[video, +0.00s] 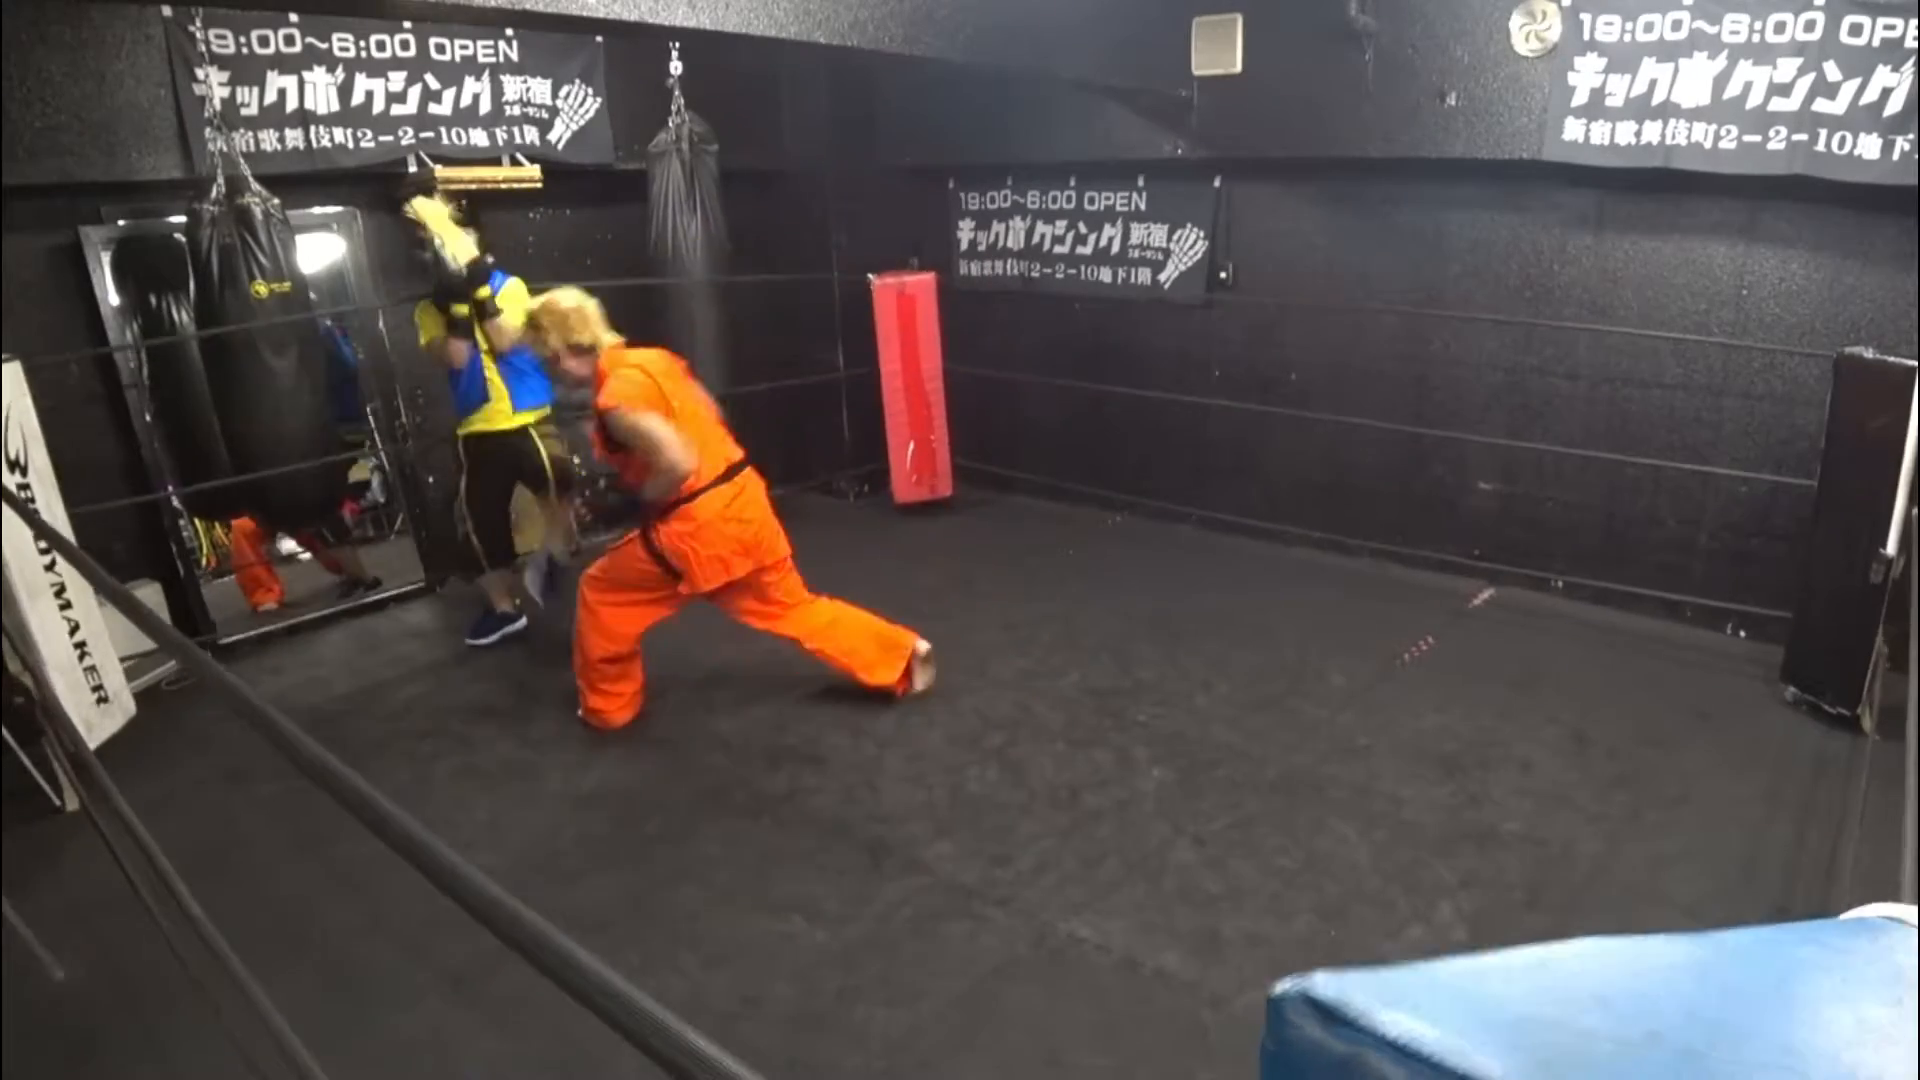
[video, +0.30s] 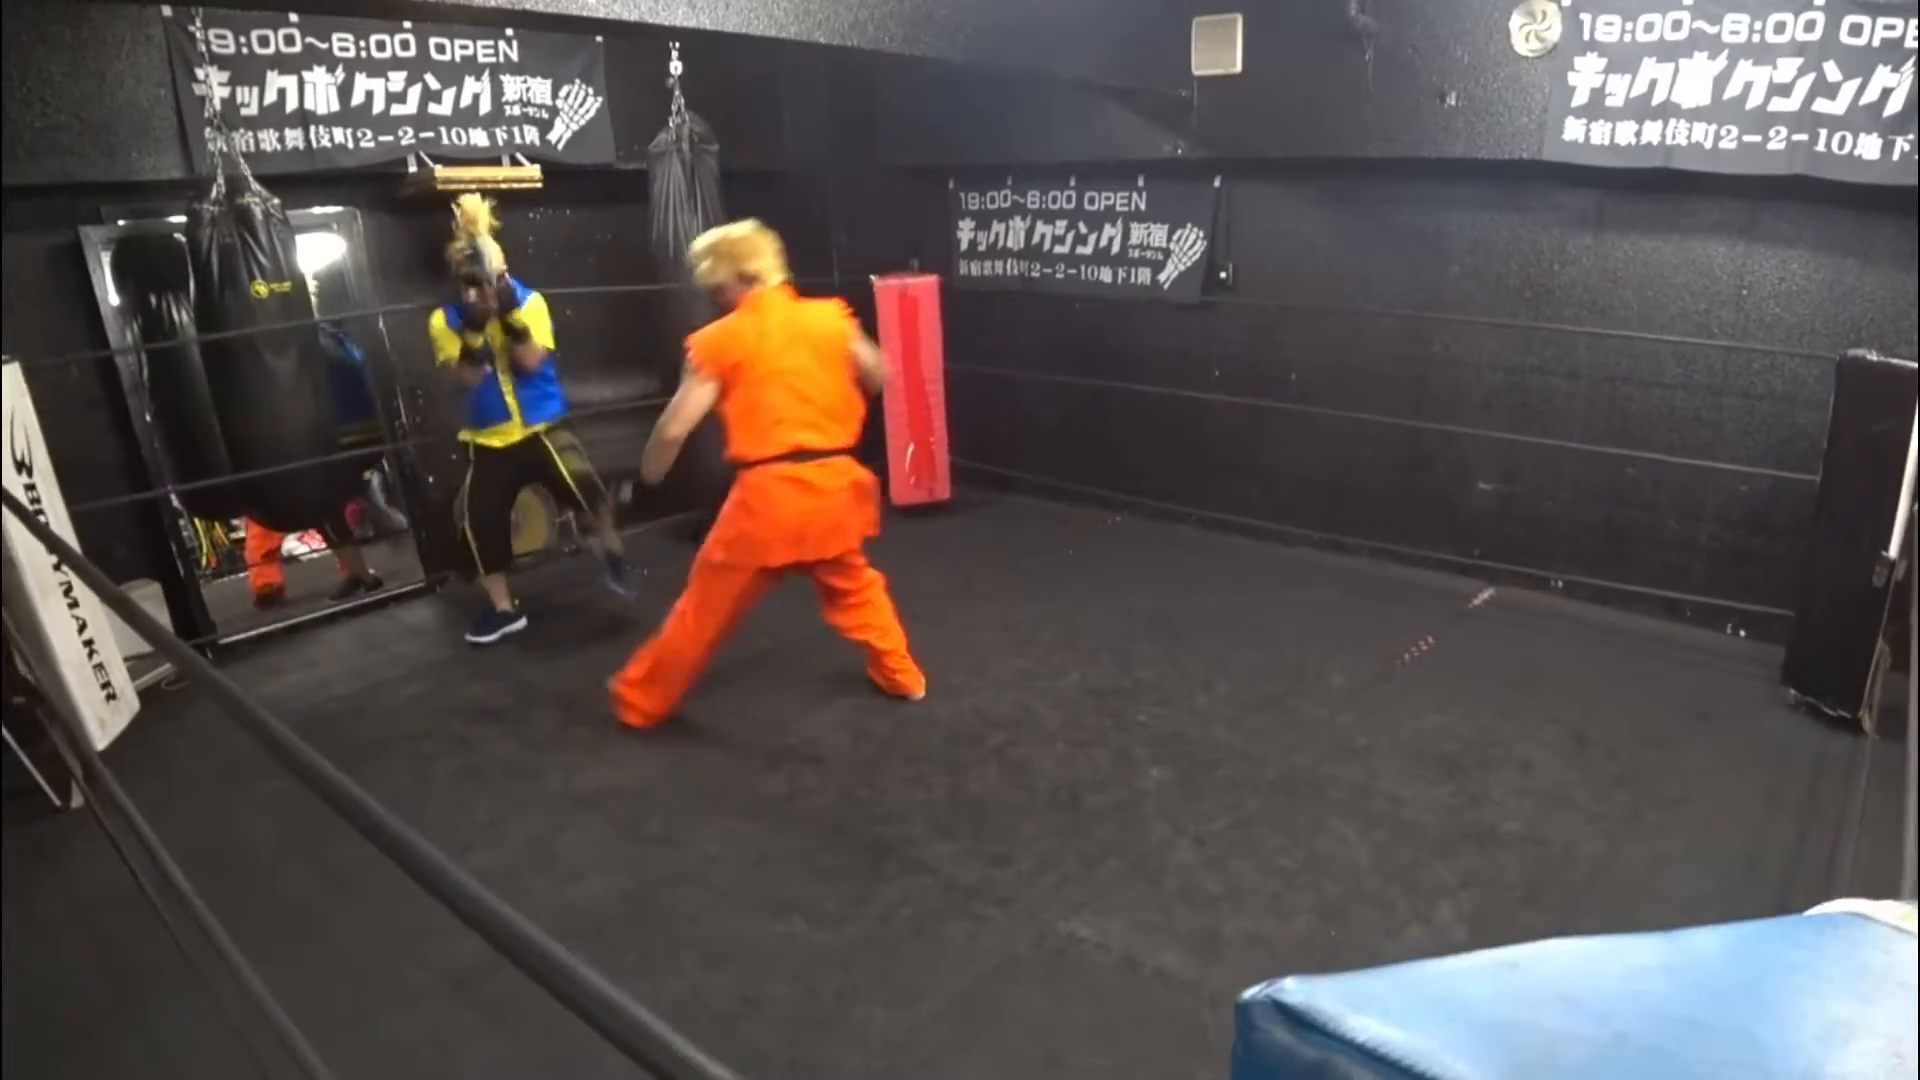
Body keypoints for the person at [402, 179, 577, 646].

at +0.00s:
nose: (438, 254)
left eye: (445, 241)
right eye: (430, 246)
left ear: (467, 242)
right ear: (425, 255)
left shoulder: (508, 287)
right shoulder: (430, 308)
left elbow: (504, 341)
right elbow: (454, 359)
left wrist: (482, 297)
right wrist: (454, 310)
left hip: (529, 421)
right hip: (479, 430)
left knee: (558, 486)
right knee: (484, 519)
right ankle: (504, 606)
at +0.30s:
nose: (479, 291)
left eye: (485, 280)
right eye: (469, 283)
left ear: (500, 275)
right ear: (456, 284)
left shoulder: (527, 301)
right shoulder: (445, 322)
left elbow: (532, 362)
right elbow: (466, 378)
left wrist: (508, 313)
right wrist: (476, 326)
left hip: (544, 429)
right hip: (489, 441)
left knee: (585, 486)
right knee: (477, 523)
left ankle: (613, 551)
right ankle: (503, 607)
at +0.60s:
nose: (502, 315)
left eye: (507, 305)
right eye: (490, 307)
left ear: (516, 306)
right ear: (471, 314)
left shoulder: (549, 346)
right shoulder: (459, 362)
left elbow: (584, 402)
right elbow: (459, 426)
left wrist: (585, 391)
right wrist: (466, 416)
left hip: (577, 461)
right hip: (520, 471)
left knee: (616, 533)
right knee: (499, 545)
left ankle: (651, 586)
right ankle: (505, 608)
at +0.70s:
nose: (508, 312)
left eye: (513, 302)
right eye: (498, 305)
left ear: (526, 300)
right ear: (479, 308)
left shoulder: (555, 339)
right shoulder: (466, 356)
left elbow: (590, 400)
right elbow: (474, 423)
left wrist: (588, 377)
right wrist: (501, 376)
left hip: (577, 460)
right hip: (519, 472)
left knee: (619, 529)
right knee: (495, 554)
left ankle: (647, 588)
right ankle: (505, 609)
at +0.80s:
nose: (523, 300)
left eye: (530, 290)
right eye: (513, 292)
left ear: (543, 286)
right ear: (495, 293)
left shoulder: (570, 325)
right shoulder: (479, 340)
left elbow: (598, 382)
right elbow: (507, 383)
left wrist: (595, 349)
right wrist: (532, 346)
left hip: (586, 459)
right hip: (525, 469)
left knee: (625, 535)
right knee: (503, 554)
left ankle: (654, 606)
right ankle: (502, 608)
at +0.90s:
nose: (532, 279)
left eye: (537, 268)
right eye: (521, 271)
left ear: (550, 265)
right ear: (504, 272)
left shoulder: (576, 307)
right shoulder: (486, 317)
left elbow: (610, 363)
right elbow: (519, 363)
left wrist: (605, 324)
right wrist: (545, 322)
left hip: (599, 444)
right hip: (542, 452)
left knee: (626, 537)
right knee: (525, 545)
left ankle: (657, 605)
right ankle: (525, 606)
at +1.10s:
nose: (548, 282)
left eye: (553, 269)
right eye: (535, 272)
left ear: (565, 264)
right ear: (513, 275)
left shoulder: (587, 302)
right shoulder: (498, 311)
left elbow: (628, 376)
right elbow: (501, 373)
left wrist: (612, 339)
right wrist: (533, 349)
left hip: (616, 443)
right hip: (562, 452)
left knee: (648, 537)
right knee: (560, 550)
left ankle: (709, 623)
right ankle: (606, 640)